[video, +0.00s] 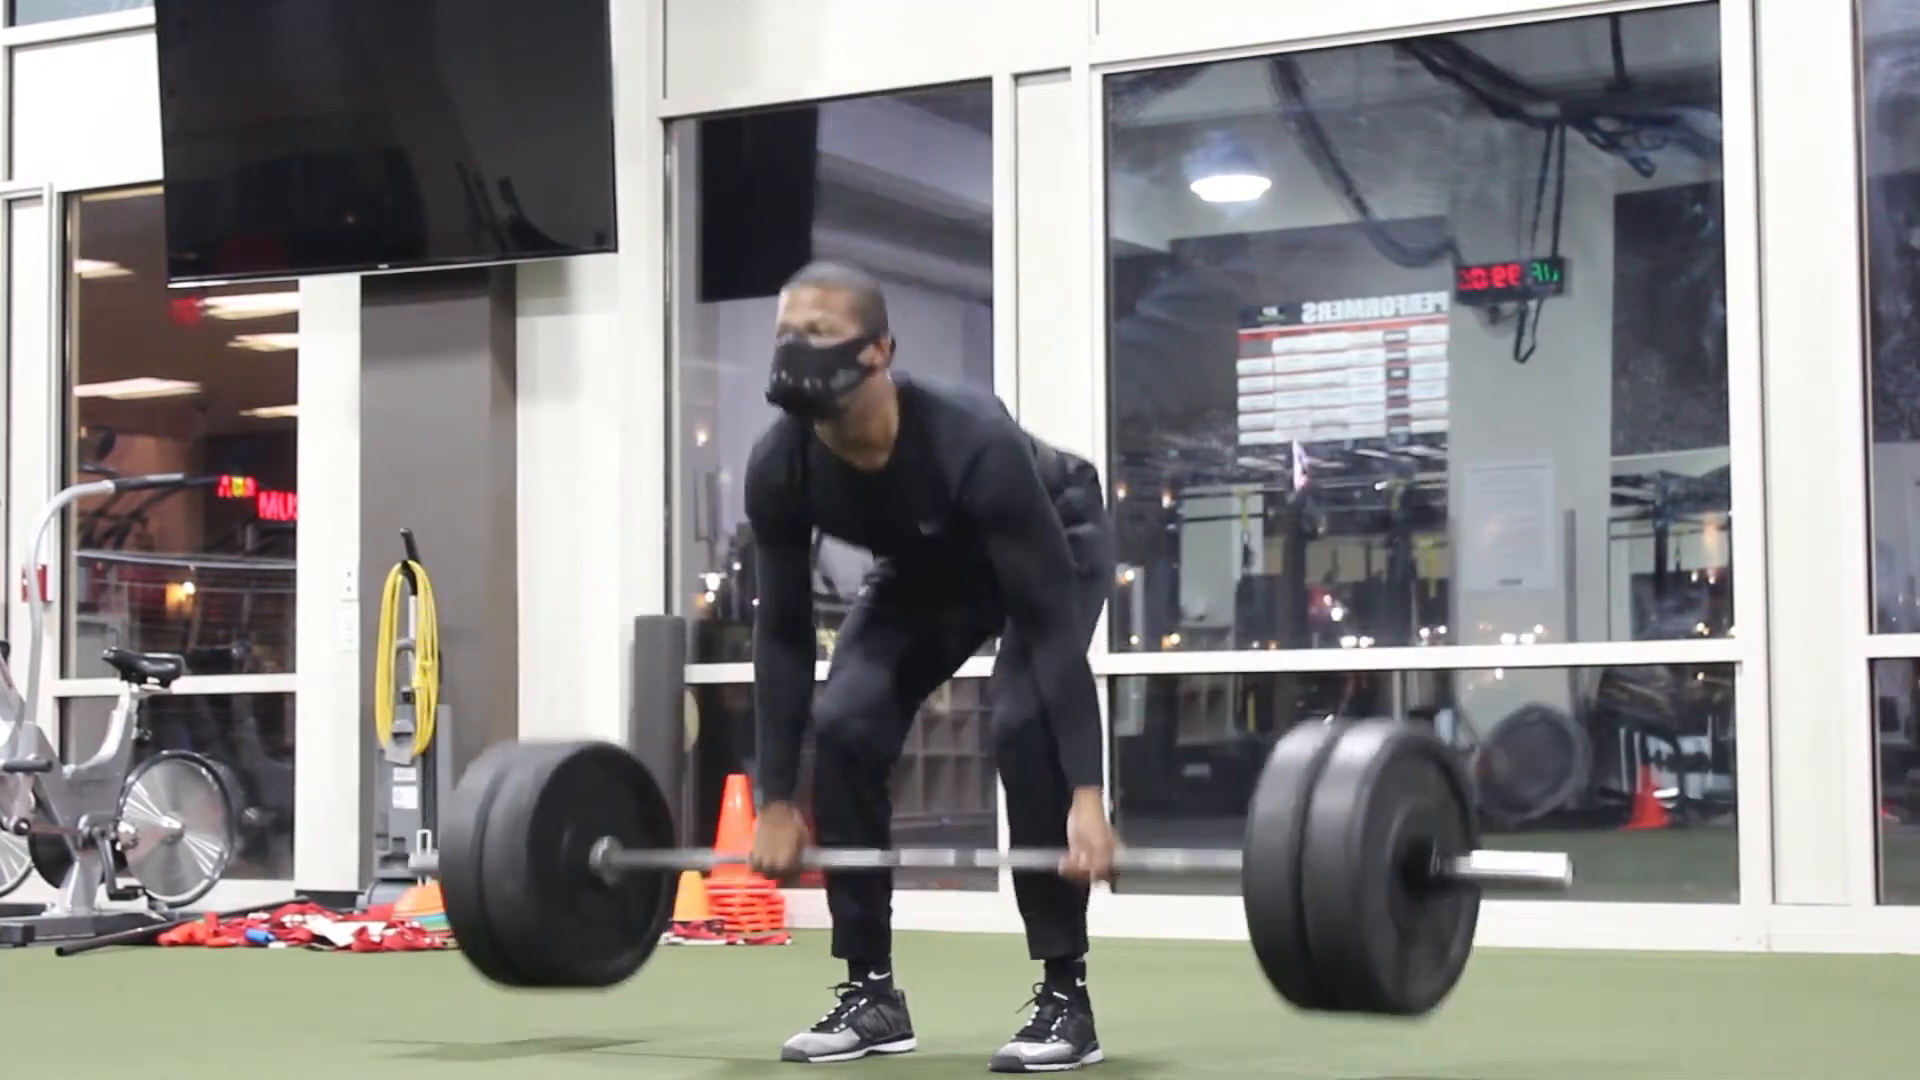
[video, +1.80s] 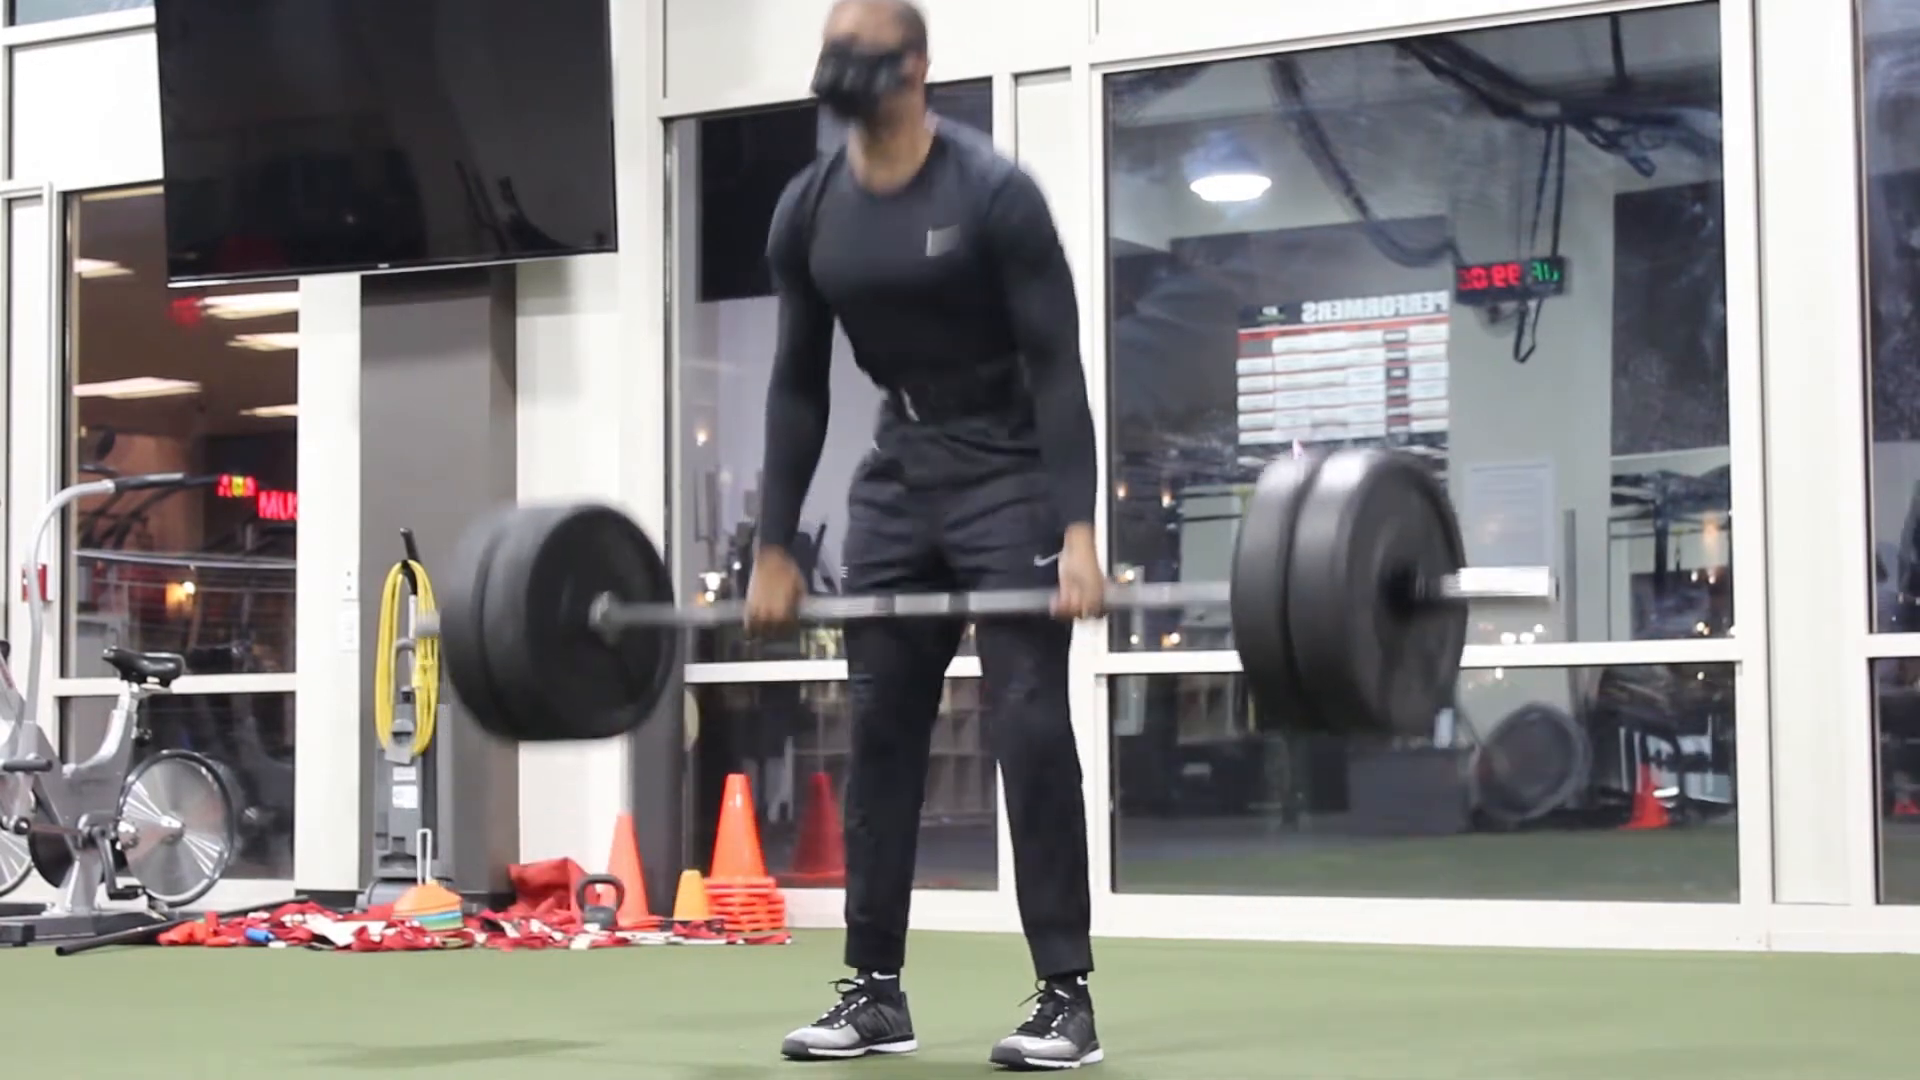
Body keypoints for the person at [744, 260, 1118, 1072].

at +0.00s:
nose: (793, 353)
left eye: (816, 338)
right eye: (784, 337)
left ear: (879, 353)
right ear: (775, 346)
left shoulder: (976, 444)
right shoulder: (780, 468)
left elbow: (1055, 623)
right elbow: (782, 632)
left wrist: (1088, 795)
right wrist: (775, 800)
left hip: (1046, 539)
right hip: (930, 564)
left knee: (1022, 726)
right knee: (842, 729)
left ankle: (1063, 999)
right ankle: (871, 996)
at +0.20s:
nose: (812, 255)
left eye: (832, 236)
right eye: (801, 236)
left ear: (883, 236)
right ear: (787, 240)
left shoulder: (979, 335)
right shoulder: (788, 361)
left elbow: (1057, 503)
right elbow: (789, 525)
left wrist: (1084, 677)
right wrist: (779, 688)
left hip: (1042, 507)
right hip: (927, 512)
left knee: (1048, 735)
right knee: (873, 730)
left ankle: (1067, 997)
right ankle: (873, 992)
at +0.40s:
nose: (849, 99)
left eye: (869, 81)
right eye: (838, 82)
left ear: (919, 84)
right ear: (827, 90)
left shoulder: (997, 202)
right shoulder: (809, 222)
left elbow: (1065, 374)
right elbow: (802, 394)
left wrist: (1088, 535)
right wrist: (783, 548)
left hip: (1025, 471)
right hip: (910, 467)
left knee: (1035, 728)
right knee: (884, 723)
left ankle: (1064, 998)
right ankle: (875, 990)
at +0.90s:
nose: (828, 197)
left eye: (853, 181)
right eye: (821, 178)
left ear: (914, 187)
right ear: (812, 181)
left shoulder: (997, 308)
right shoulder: (812, 327)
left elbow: (1053, 491)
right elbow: (797, 502)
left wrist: (1074, 665)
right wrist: (767, 674)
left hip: (1058, 511)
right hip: (945, 518)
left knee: (1057, 739)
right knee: (876, 729)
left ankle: (1067, 997)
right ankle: (873, 992)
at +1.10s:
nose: (811, 360)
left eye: (833, 342)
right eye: (802, 340)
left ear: (891, 348)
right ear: (790, 340)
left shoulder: (982, 446)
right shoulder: (794, 473)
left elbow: (1053, 630)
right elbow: (786, 644)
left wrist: (1079, 808)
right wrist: (768, 814)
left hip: (1050, 560)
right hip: (933, 578)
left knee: (1014, 729)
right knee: (835, 737)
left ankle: (1062, 1001)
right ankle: (871, 999)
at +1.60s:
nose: (803, 224)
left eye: (825, 208)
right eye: (794, 206)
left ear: (881, 214)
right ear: (782, 212)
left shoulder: (974, 318)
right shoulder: (786, 347)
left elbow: (1048, 489)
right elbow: (786, 510)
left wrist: (1078, 663)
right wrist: (773, 676)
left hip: (1039, 501)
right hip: (924, 509)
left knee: (1042, 736)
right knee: (867, 729)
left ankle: (1065, 999)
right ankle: (873, 993)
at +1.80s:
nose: (845, 74)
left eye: (868, 55)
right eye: (835, 57)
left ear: (920, 68)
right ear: (828, 74)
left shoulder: (996, 191)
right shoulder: (807, 210)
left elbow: (1058, 367)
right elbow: (797, 386)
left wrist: (1080, 528)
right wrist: (776, 542)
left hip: (1015, 469)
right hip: (900, 469)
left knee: (1030, 733)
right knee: (881, 727)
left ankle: (1064, 997)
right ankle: (875, 992)